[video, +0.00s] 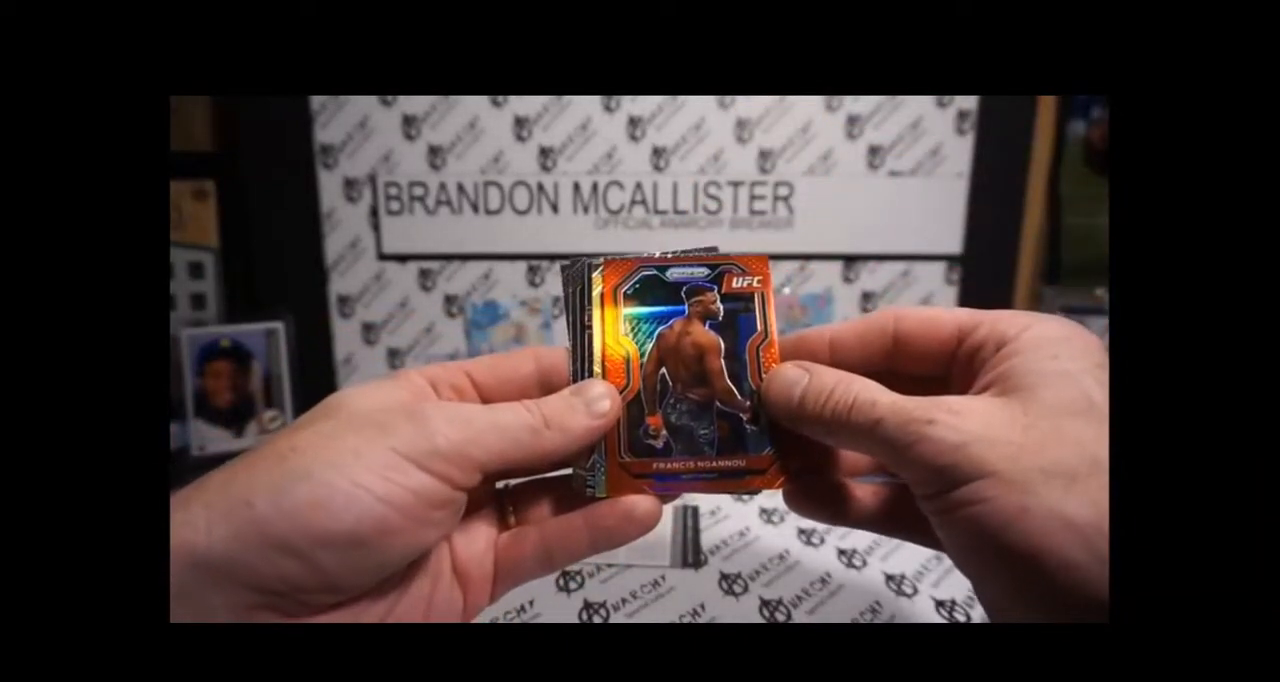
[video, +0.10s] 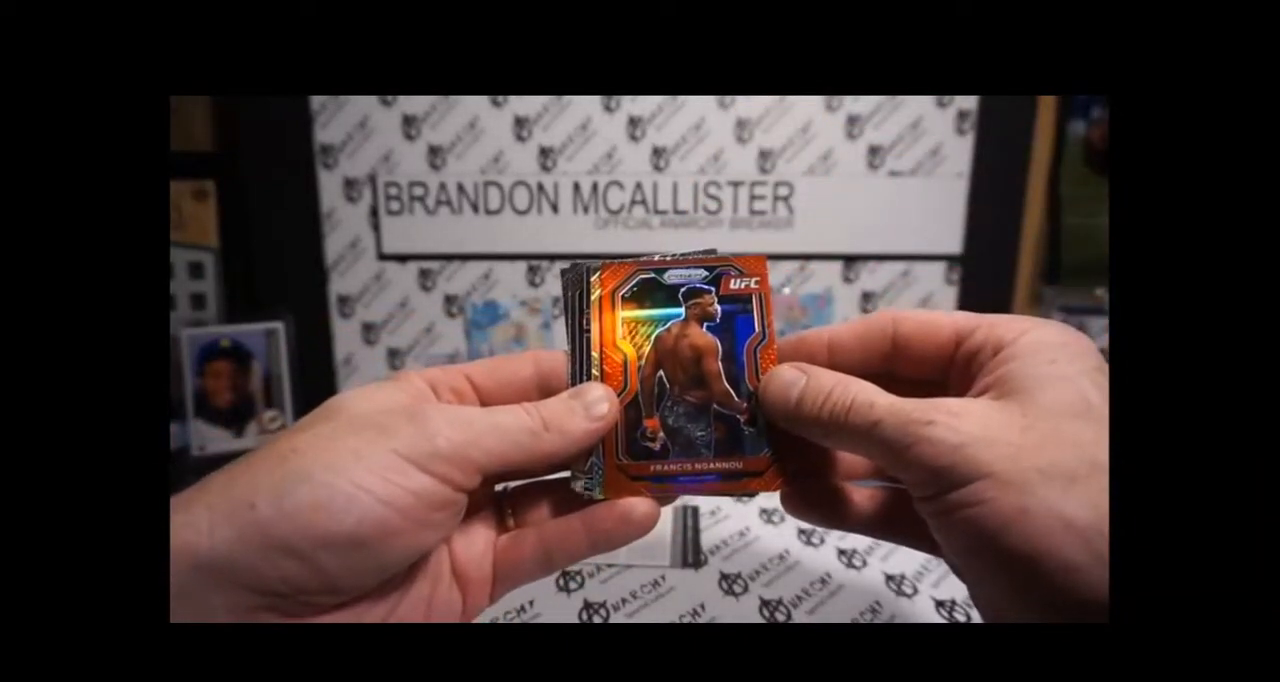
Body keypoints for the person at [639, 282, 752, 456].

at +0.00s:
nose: (720, 307)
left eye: (719, 301)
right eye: (714, 302)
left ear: (694, 307)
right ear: (696, 306)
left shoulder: (665, 333)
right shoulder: (709, 340)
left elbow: (649, 373)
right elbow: (721, 388)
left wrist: (651, 413)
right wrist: (745, 408)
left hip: (673, 407)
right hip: (699, 413)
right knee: (701, 474)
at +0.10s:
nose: (718, 308)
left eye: (716, 303)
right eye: (712, 304)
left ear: (692, 309)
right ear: (694, 308)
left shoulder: (663, 335)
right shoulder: (706, 341)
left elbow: (647, 375)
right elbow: (719, 391)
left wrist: (649, 416)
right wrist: (743, 409)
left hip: (670, 409)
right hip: (696, 415)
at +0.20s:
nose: (717, 308)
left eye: (715, 302)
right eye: (711, 303)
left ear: (690, 308)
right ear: (693, 307)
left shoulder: (661, 335)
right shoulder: (705, 341)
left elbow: (645, 375)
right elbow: (718, 390)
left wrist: (647, 416)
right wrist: (741, 409)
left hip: (668, 409)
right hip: (695, 415)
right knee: (696, 476)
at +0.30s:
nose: (719, 308)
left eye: (718, 302)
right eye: (713, 303)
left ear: (694, 307)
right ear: (696, 307)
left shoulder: (664, 333)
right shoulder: (708, 341)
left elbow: (648, 373)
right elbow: (720, 390)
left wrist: (650, 414)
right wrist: (743, 408)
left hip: (672, 409)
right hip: (698, 414)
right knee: (701, 475)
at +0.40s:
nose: (722, 309)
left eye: (720, 303)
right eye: (716, 304)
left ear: (697, 308)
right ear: (698, 307)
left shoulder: (666, 334)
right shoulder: (710, 341)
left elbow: (650, 374)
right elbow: (722, 391)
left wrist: (651, 414)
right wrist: (744, 409)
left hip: (673, 408)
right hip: (699, 414)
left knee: (680, 470)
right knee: (701, 473)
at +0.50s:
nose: (720, 309)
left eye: (719, 303)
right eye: (714, 304)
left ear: (696, 308)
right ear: (697, 308)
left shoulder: (665, 334)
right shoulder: (709, 342)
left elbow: (649, 373)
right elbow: (720, 391)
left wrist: (650, 413)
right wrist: (743, 409)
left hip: (671, 408)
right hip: (697, 414)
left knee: (678, 471)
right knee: (699, 474)